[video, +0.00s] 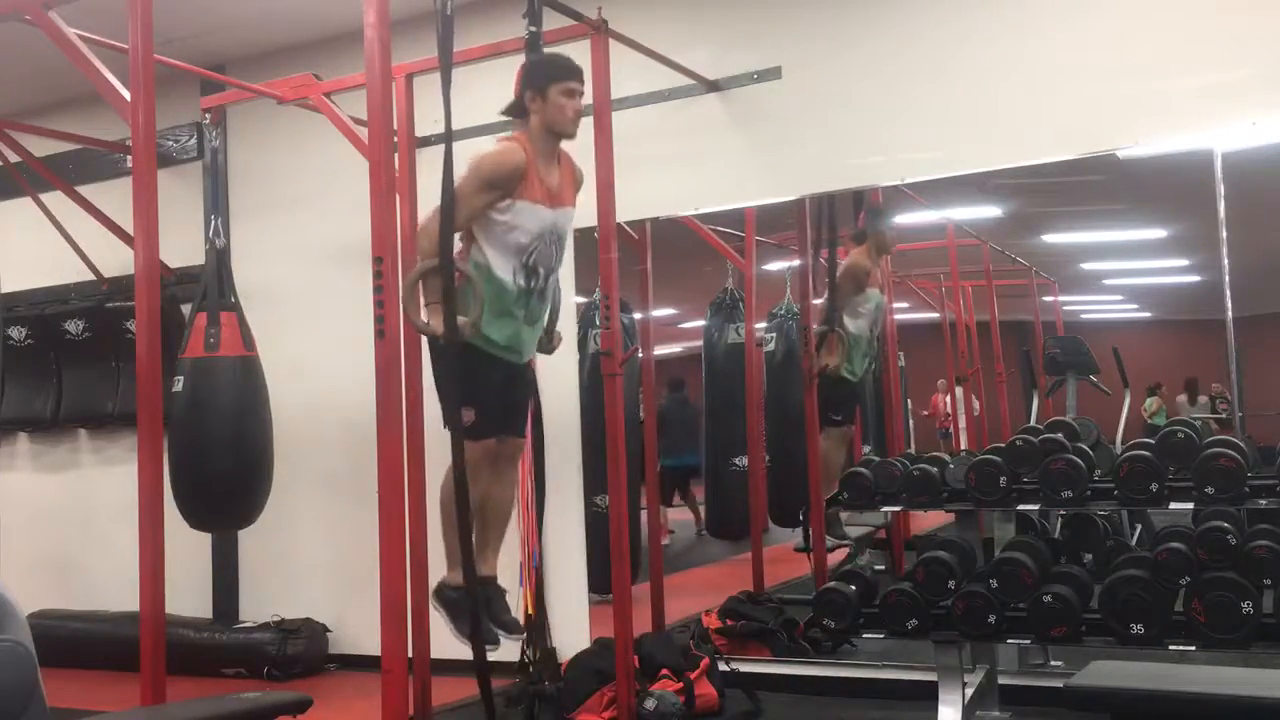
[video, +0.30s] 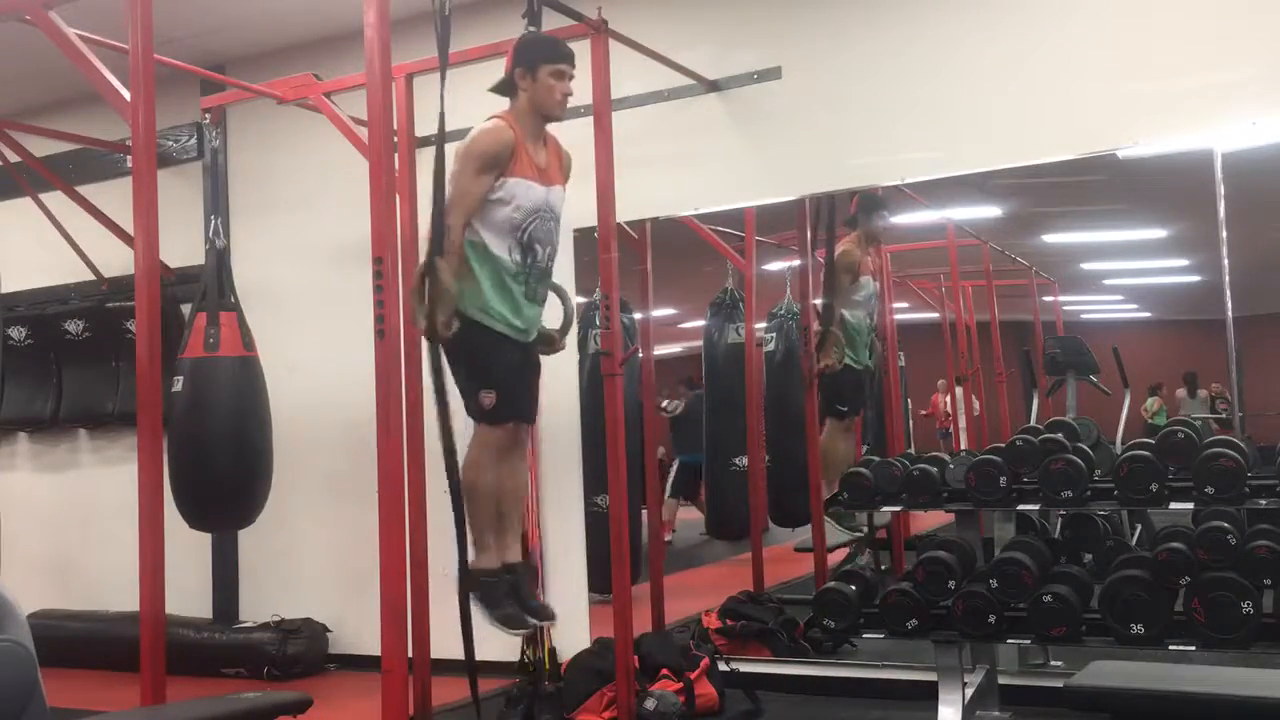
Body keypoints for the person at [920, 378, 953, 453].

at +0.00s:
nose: (942, 388)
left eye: (944, 385)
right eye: (940, 386)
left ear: (946, 386)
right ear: (938, 387)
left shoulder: (949, 396)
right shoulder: (935, 397)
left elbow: (953, 409)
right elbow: (933, 410)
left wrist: (949, 417)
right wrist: (927, 413)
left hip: (949, 422)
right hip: (940, 422)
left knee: (951, 438)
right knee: (942, 440)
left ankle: (953, 453)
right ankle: (943, 453)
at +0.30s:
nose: (942, 389)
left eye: (944, 387)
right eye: (941, 387)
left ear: (946, 387)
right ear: (938, 387)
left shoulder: (949, 396)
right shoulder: (935, 397)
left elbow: (953, 409)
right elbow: (932, 410)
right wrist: (926, 412)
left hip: (949, 422)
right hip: (940, 422)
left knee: (951, 439)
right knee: (941, 440)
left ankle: (954, 452)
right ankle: (944, 453)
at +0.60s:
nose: (942, 389)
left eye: (944, 387)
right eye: (941, 387)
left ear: (946, 387)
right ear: (938, 387)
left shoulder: (949, 396)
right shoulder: (935, 397)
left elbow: (953, 408)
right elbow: (932, 409)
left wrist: (950, 416)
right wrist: (927, 413)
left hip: (949, 422)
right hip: (940, 423)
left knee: (951, 439)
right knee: (942, 439)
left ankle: (953, 452)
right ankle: (943, 453)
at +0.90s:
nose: (942, 388)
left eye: (943, 386)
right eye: (940, 386)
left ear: (946, 387)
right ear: (938, 387)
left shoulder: (949, 396)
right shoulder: (934, 397)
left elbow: (953, 408)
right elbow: (932, 409)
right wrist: (926, 412)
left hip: (949, 422)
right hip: (940, 422)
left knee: (951, 438)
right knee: (941, 439)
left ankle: (954, 452)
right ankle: (943, 453)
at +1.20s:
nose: (942, 388)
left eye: (943, 386)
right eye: (940, 387)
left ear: (946, 387)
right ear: (938, 387)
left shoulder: (949, 396)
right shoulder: (935, 397)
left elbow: (952, 408)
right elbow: (932, 408)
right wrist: (925, 414)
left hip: (949, 421)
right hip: (940, 421)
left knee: (951, 437)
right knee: (941, 439)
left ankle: (954, 451)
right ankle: (943, 452)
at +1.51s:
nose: (942, 389)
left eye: (943, 386)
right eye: (940, 387)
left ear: (946, 387)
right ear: (938, 387)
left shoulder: (949, 396)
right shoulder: (934, 397)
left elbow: (953, 409)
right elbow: (932, 410)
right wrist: (925, 416)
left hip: (949, 421)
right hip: (939, 421)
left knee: (951, 437)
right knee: (941, 439)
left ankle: (954, 452)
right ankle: (943, 453)